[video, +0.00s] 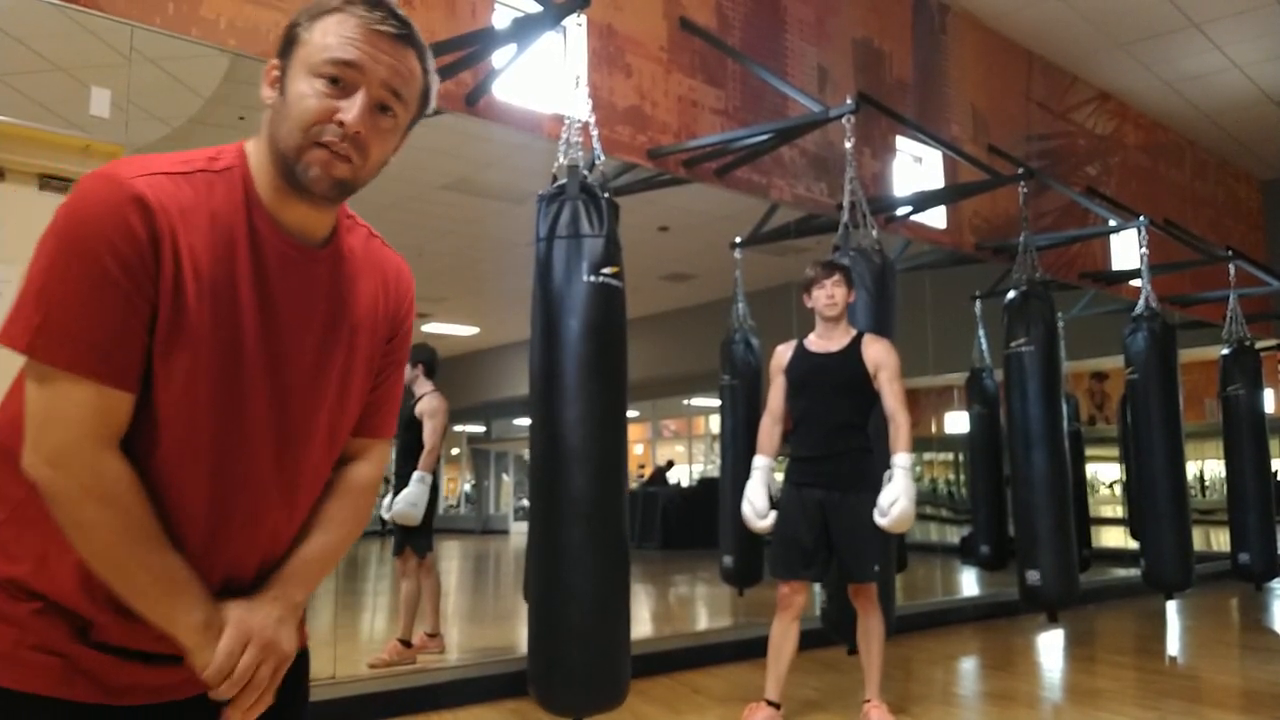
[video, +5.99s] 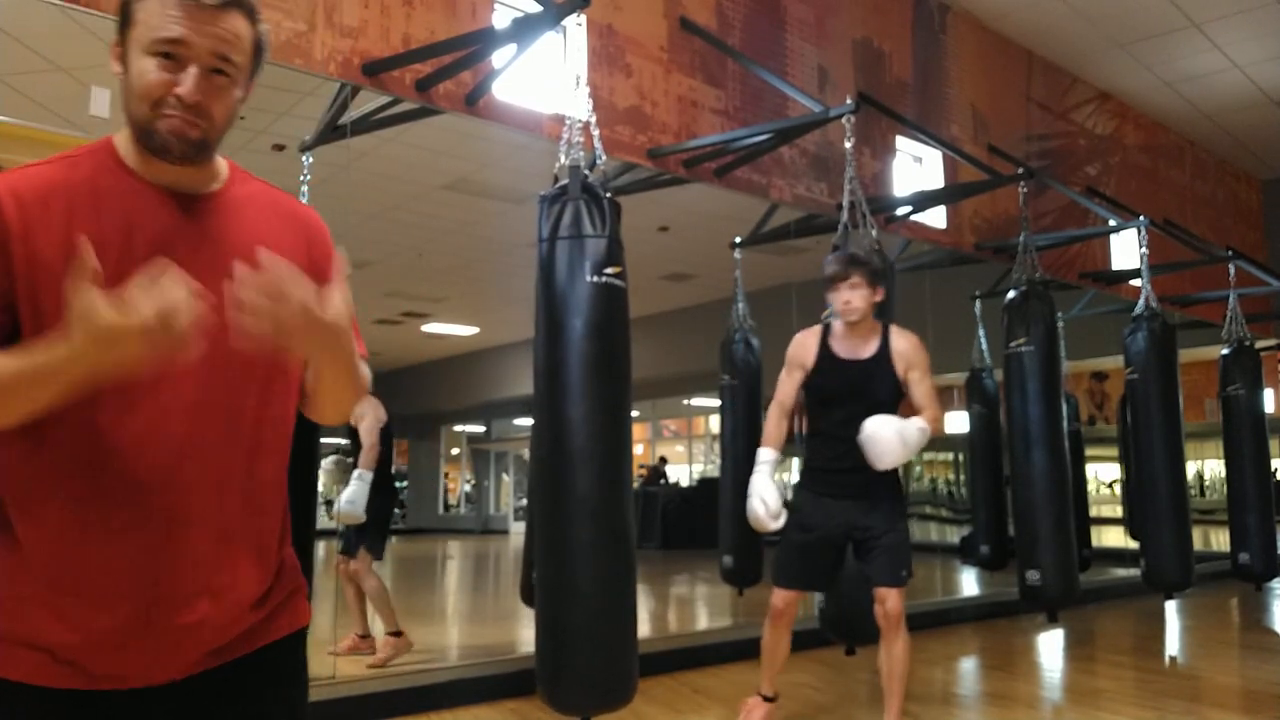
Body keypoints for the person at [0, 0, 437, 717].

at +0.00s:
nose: (352, 118)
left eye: (385, 108)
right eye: (336, 81)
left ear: (399, 142)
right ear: (274, 81)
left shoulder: (385, 284)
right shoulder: (129, 207)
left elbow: (366, 459)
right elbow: (67, 451)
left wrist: (285, 599)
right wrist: (205, 632)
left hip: (254, 669)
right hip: (67, 663)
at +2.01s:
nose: (253, 56)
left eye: (279, 47)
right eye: (230, 35)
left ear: (308, 87)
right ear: (189, 65)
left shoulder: (376, 229)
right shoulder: (99, 209)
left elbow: (433, 386)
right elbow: (37, 388)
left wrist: (388, 369)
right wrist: (154, 389)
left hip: (301, 648)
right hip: (117, 645)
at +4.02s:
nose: (256, 113)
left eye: (286, 97)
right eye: (238, 83)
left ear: (314, 118)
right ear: (198, 84)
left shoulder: (355, 256)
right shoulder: (100, 215)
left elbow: (385, 414)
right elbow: (38, 393)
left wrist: (334, 375)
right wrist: (211, 418)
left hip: (273, 654)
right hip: (96, 646)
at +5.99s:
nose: (188, 88)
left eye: (219, 70)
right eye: (166, 57)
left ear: (246, 91)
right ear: (118, 59)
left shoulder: (296, 232)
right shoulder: (21, 208)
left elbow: (334, 409)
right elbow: (3, 398)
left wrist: (326, 346)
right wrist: (78, 356)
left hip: (244, 652)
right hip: (51, 655)